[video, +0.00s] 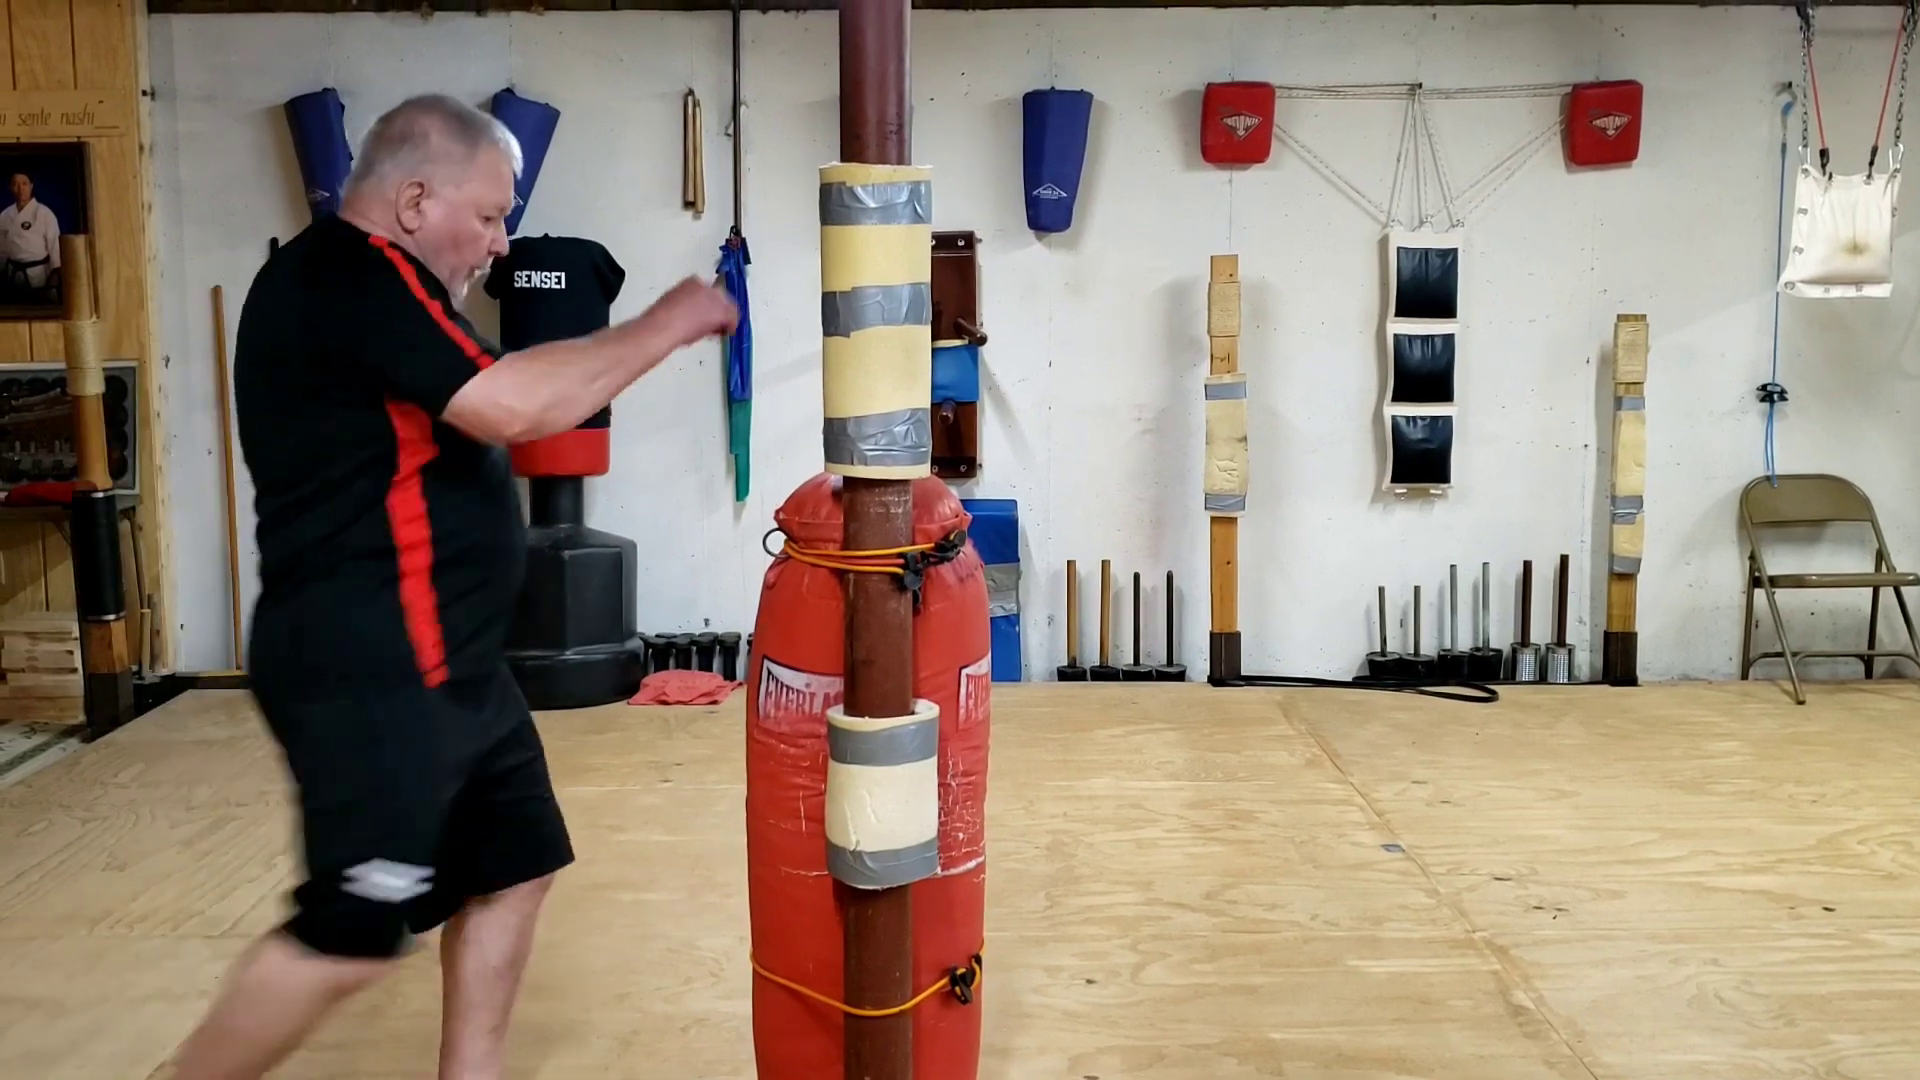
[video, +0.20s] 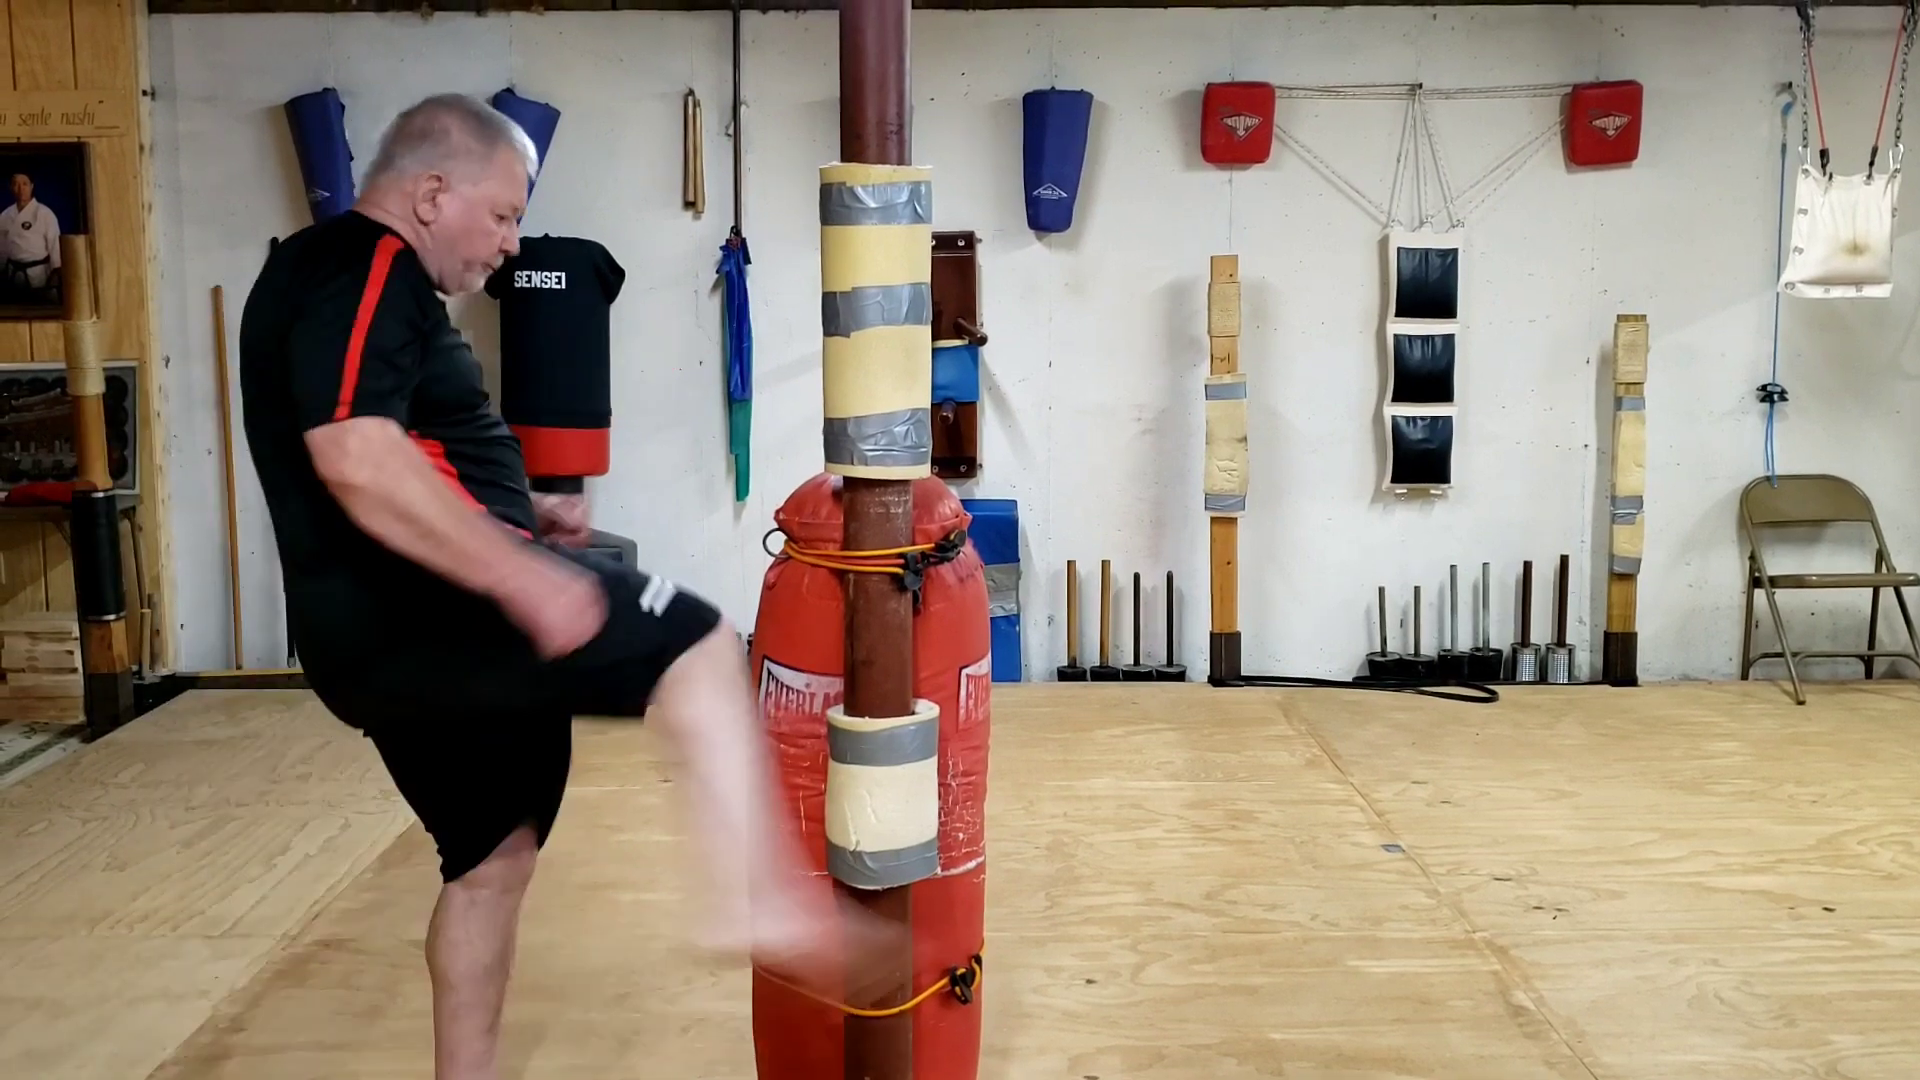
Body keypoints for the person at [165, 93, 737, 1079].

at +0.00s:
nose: (501, 245)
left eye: (504, 222)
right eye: (490, 218)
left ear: (411, 205)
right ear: (413, 203)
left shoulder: (372, 275)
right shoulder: (345, 278)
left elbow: (488, 397)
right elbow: (510, 404)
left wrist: (619, 349)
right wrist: (667, 326)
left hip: (450, 652)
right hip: (361, 664)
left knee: (513, 863)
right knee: (359, 920)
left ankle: (468, 1074)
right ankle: (190, 1071)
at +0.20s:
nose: (511, 244)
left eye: (514, 222)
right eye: (503, 216)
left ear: (425, 196)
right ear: (431, 193)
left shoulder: (330, 271)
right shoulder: (363, 268)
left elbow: (407, 447)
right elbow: (353, 453)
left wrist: (525, 512)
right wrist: (518, 577)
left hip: (379, 627)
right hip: (431, 602)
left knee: (494, 846)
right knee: (700, 649)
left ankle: (466, 1070)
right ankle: (759, 895)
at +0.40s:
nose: (518, 245)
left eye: (522, 222)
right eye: (509, 217)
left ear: (429, 200)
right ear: (434, 196)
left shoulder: (355, 267)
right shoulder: (367, 266)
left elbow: (395, 465)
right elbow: (371, 454)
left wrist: (519, 506)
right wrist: (550, 556)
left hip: (368, 610)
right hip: (395, 606)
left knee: (495, 850)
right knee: (643, 738)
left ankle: (474, 1052)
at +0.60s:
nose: (512, 255)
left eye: (514, 232)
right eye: (498, 228)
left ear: (416, 221)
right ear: (415, 218)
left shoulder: (377, 296)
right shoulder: (329, 287)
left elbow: (344, 502)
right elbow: (422, 465)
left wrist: (464, 582)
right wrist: (599, 422)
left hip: (433, 675)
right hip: (320, 689)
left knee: (515, 867)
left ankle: (472, 1075)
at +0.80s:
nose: (468, 259)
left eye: (474, 235)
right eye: (449, 235)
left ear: (372, 227)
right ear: (360, 223)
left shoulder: (405, 313)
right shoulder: (242, 308)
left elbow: (404, 468)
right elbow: (209, 521)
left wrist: (500, 440)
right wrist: (427, 494)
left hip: (409, 671)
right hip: (271, 694)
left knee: (501, 867)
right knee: (232, 964)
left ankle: (467, 1074)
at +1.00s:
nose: (478, 268)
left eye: (482, 244)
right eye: (461, 243)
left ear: (383, 235)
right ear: (373, 234)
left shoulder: (421, 311)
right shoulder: (242, 323)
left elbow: (553, 367)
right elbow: (104, 503)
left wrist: (691, 345)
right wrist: (203, 679)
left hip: (404, 695)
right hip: (286, 719)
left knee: (490, 860)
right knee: (258, 971)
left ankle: (466, 1074)